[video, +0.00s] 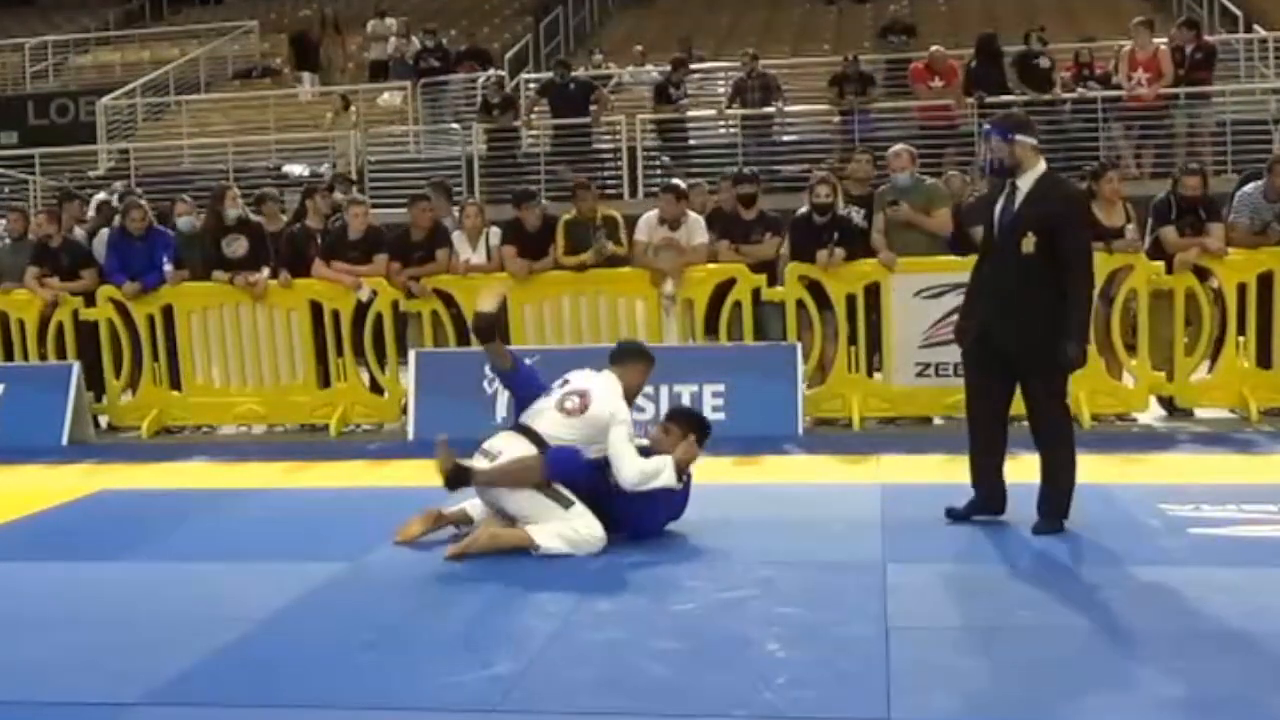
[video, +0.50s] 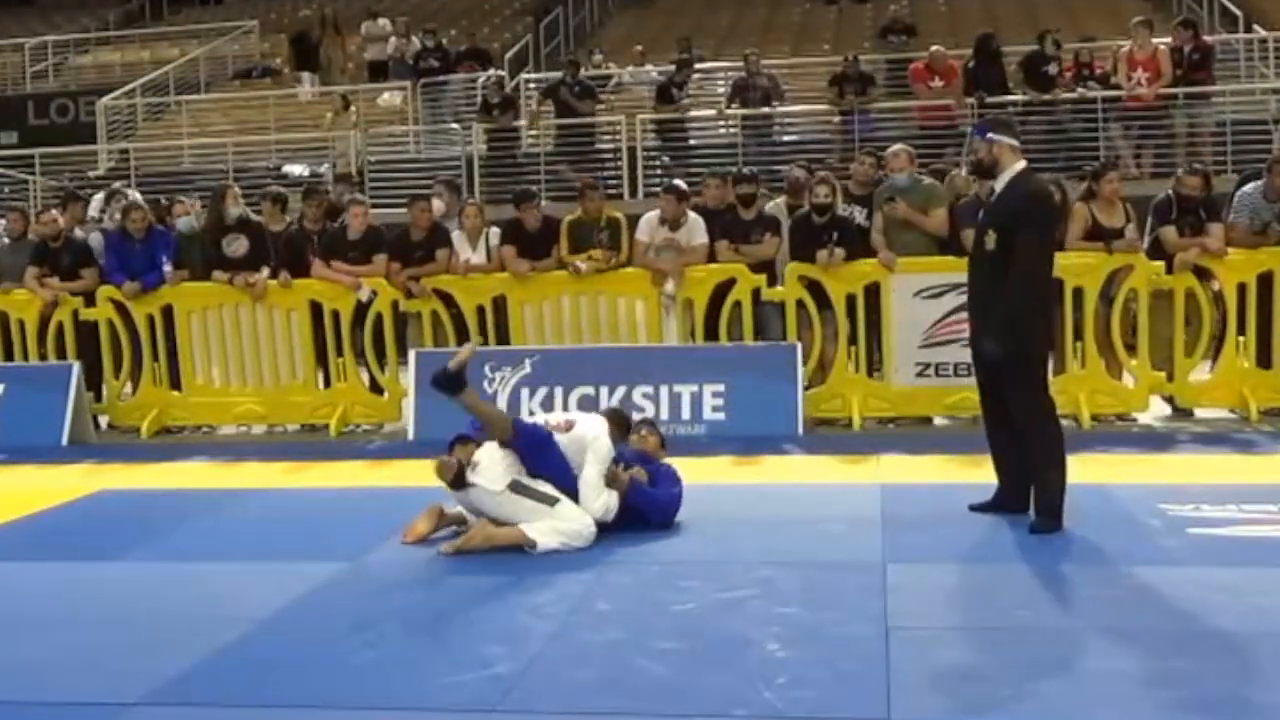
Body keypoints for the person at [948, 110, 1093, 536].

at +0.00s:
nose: (993, 154)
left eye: (998, 146)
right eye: (992, 146)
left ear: (1023, 145)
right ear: (1015, 147)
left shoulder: (1065, 197)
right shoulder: (1000, 195)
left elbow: (1079, 273)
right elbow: (986, 267)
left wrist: (1076, 336)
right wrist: (967, 317)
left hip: (1041, 332)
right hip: (990, 330)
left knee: (1050, 426)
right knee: (984, 420)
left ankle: (1053, 513)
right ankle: (987, 497)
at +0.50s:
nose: (976, 158)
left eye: (979, 150)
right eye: (975, 151)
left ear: (999, 147)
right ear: (998, 149)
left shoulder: (1033, 195)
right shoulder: (1001, 195)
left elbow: (1029, 276)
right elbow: (992, 270)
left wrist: (1010, 330)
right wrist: (981, 325)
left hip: (1019, 327)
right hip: (991, 325)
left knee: (1032, 412)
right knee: (1000, 411)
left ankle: (1049, 507)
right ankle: (1011, 492)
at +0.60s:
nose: (973, 160)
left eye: (975, 152)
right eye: (972, 153)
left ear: (994, 149)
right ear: (995, 149)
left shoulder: (1022, 196)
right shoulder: (997, 195)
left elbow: (1016, 275)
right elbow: (990, 270)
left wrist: (996, 330)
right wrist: (976, 326)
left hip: (1011, 326)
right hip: (987, 325)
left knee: (1022, 412)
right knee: (997, 412)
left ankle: (1046, 504)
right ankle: (1012, 490)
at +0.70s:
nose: (966, 162)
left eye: (969, 154)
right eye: (966, 155)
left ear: (987, 151)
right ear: (996, 151)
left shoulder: (1009, 195)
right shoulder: (1007, 192)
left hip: (1000, 324)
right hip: (989, 322)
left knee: (1008, 412)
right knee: (996, 410)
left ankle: (1036, 504)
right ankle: (1011, 489)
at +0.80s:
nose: (961, 163)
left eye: (963, 154)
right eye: (960, 155)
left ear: (981, 151)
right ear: (992, 151)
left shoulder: (1003, 195)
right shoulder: (1006, 191)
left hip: (993, 327)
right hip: (993, 325)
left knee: (991, 405)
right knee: (995, 402)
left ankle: (1017, 495)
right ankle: (1010, 489)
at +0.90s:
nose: (956, 163)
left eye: (959, 154)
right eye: (956, 155)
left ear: (975, 150)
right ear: (993, 150)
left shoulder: (993, 193)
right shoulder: (1015, 192)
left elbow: (941, 222)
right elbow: (996, 268)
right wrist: (961, 313)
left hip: (979, 323)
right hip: (1006, 322)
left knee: (959, 401)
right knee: (1006, 401)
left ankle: (985, 496)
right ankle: (1016, 495)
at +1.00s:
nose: (951, 162)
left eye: (953, 154)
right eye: (951, 154)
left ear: (968, 151)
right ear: (989, 151)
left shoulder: (978, 198)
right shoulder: (1017, 195)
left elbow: (971, 269)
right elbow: (1008, 269)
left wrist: (950, 320)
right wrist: (957, 314)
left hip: (971, 322)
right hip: (1006, 320)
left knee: (946, 402)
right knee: (1007, 403)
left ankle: (954, 494)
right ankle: (1016, 493)